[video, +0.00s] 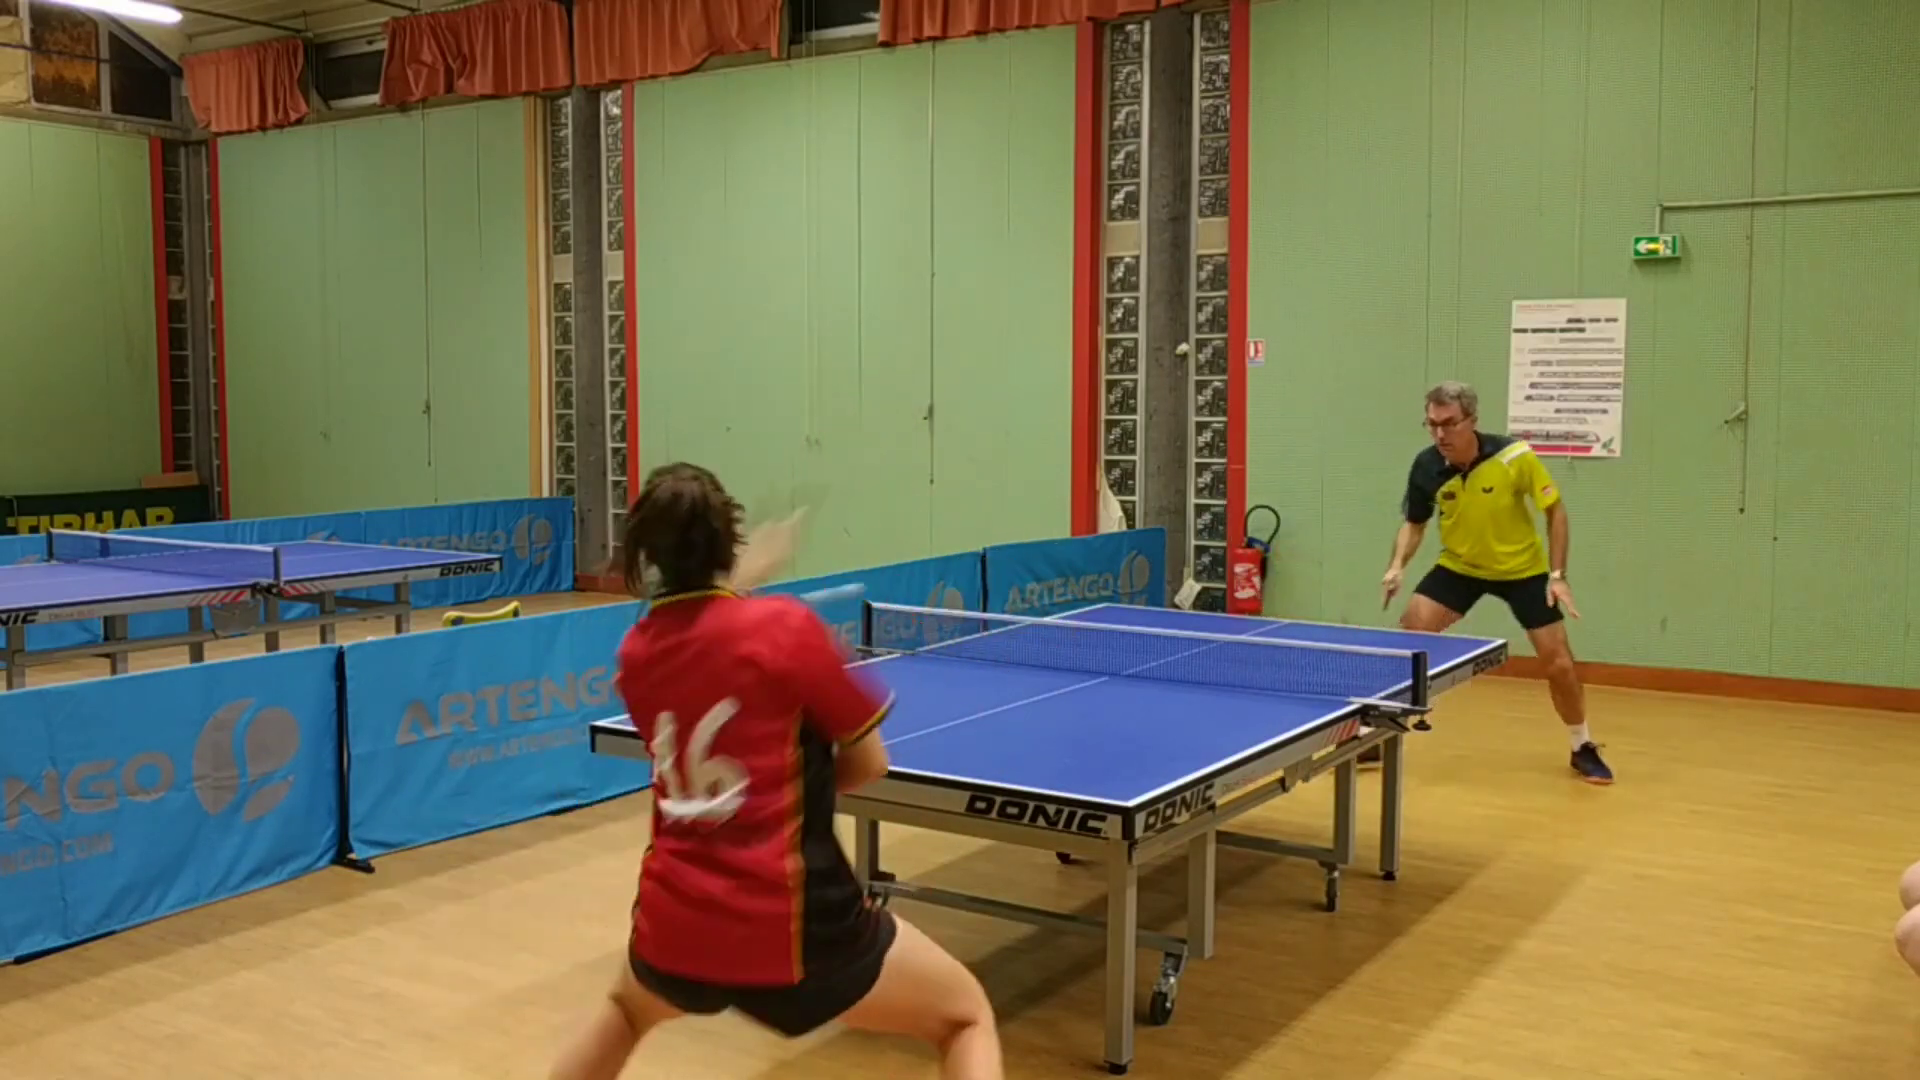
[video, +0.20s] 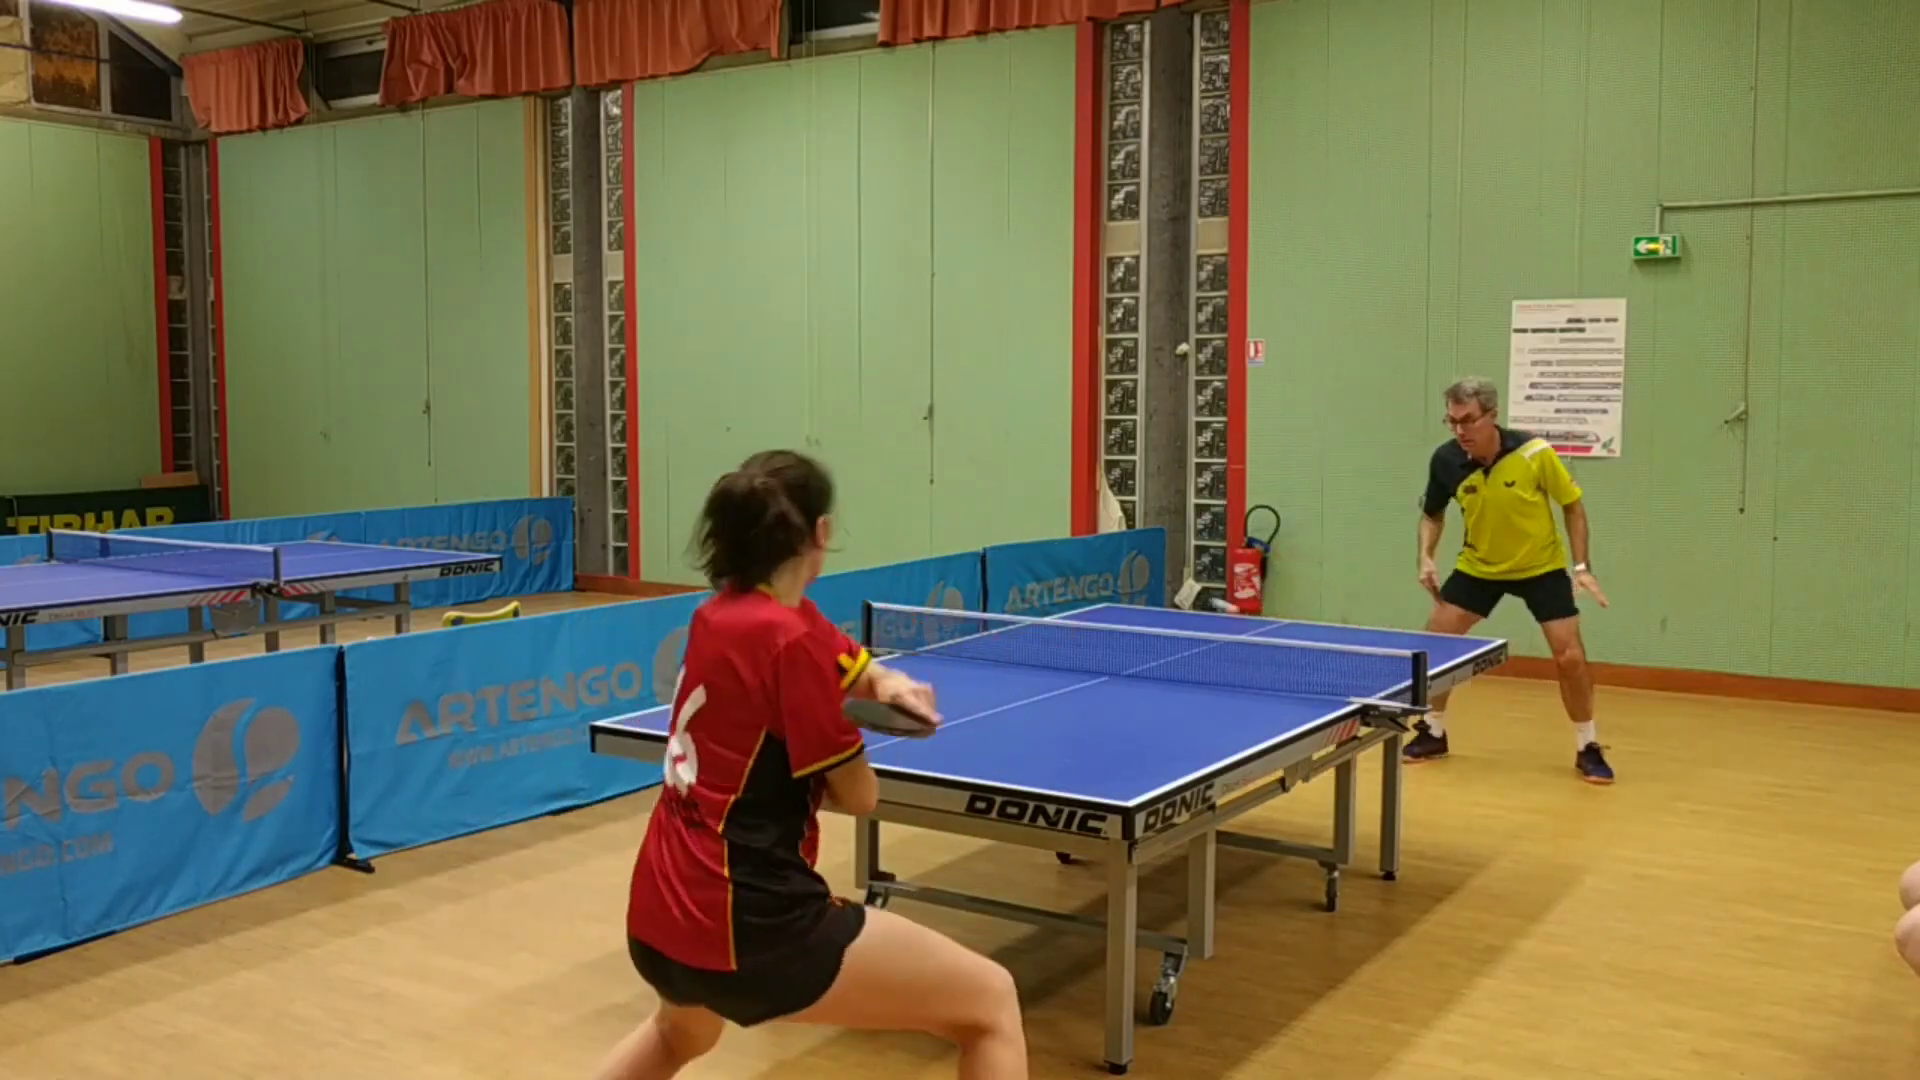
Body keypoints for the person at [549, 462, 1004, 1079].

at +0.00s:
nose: (741, 530)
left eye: (739, 522)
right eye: (736, 520)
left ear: (648, 551)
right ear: (728, 538)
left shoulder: (637, 650)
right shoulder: (780, 624)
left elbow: (693, 626)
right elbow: (867, 762)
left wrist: (747, 572)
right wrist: (787, 771)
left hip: (672, 934)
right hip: (796, 933)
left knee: (624, 1014)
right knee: (964, 1017)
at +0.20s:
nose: (832, 530)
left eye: (826, 517)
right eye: (829, 518)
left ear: (737, 533)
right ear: (819, 532)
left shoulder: (715, 613)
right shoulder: (793, 637)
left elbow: (858, 668)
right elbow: (858, 794)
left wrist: (890, 686)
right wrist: (816, 735)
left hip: (661, 921)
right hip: (752, 934)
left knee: (677, 1032)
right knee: (989, 998)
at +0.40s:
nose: (839, 428)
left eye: (837, 412)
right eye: (835, 412)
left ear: (738, 427)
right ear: (816, 422)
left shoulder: (707, 514)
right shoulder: (833, 513)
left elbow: (774, 612)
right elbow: (879, 685)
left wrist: (902, 618)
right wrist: (820, 672)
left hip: (666, 813)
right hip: (786, 825)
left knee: (603, 1006)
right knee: (943, 1022)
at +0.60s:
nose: (800, 420)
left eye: (797, 408)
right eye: (798, 409)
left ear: (697, 423)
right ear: (786, 421)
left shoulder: (641, 532)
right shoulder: (839, 527)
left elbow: (617, 682)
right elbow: (912, 692)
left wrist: (710, 672)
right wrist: (872, 729)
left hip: (663, 830)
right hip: (801, 829)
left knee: (581, 1043)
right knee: (921, 1052)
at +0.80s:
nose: (795, 473)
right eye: (791, 461)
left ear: (685, 491)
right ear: (781, 478)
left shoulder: (654, 597)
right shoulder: (856, 570)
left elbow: (583, 756)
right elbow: (951, 707)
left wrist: (552, 812)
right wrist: (918, 771)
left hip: (739, 879)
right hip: (876, 863)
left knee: (606, 1062)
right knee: (987, 1033)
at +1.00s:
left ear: (801, 544)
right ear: (890, 534)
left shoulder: (811, 641)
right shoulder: (966, 622)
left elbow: (742, 796)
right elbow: (1079, 729)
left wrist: (609, 792)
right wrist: (1040, 757)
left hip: (877, 944)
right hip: (999, 937)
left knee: (667, 1059)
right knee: (1098, 1073)